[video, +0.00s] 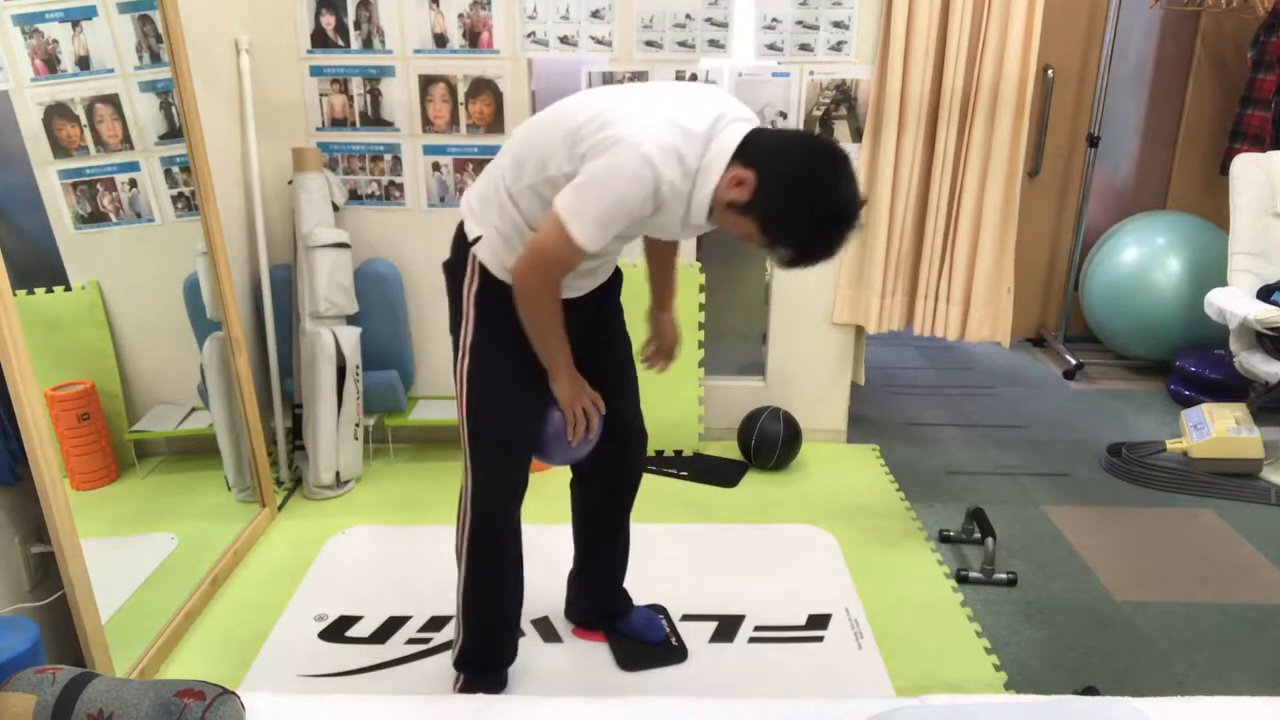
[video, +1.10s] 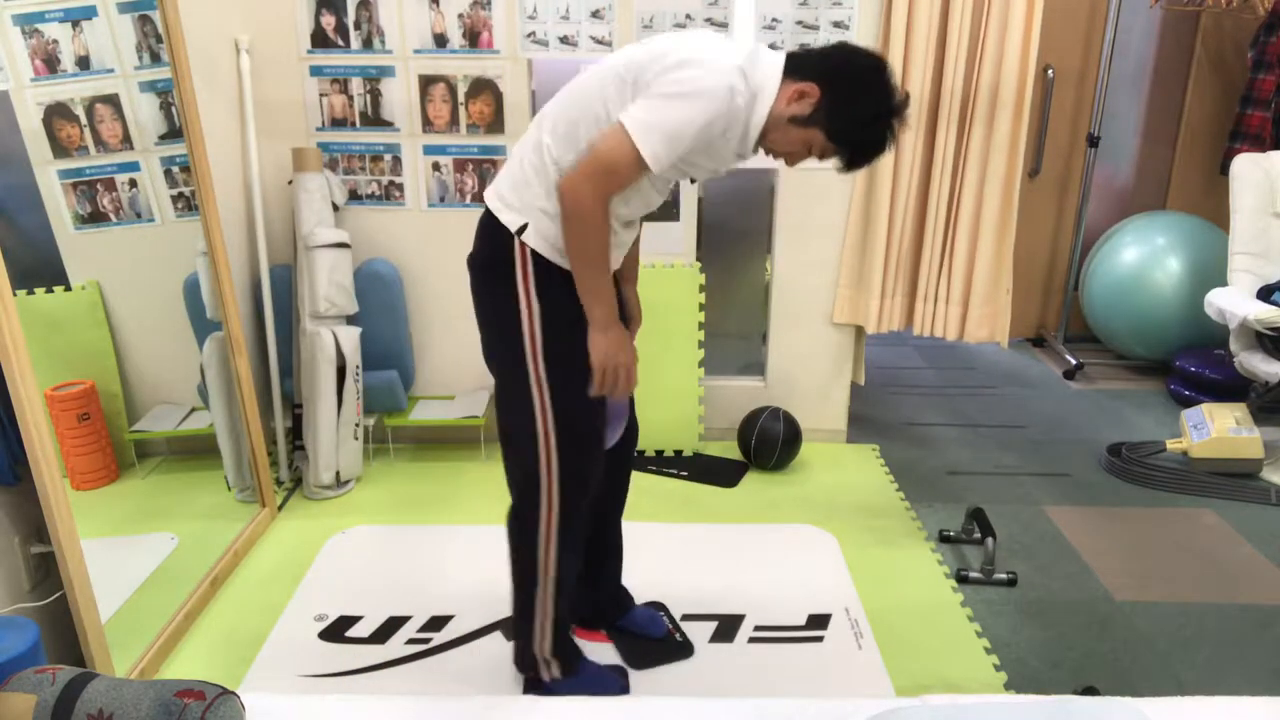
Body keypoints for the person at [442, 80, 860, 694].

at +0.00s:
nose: (745, 246)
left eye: (759, 245)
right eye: (755, 239)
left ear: (743, 178)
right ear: (739, 188)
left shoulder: (736, 140)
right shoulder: (641, 162)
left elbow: (668, 211)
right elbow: (531, 274)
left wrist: (663, 308)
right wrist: (563, 375)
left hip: (589, 266)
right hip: (501, 262)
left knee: (618, 441)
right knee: (498, 474)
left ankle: (597, 600)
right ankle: (482, 664)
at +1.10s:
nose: (799, 159)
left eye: (816, 156)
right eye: (815, 147)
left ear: (802, 94)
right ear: (803, 97)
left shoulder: (738, 105)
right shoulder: (713, 93)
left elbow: (632, 190)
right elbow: (581, 185)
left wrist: (625, 282)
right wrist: (603, 324)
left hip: (584, 252)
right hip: (530, 244)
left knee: (607, 438)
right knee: (558, 454)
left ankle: (598, 601)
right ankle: (545, 655)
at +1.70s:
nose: (768, 51)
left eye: (783, 41)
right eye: (778, 34)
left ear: (745, 5)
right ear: (747, 2)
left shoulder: (677, 35)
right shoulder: (640, 44)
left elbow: (590, 160)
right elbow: (535, 181)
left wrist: (611, 253)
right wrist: (555, 336)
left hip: (584, 278)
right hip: (535, 285)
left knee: (613, 441)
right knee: (570, 478)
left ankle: (589, 595)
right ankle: (553, 669)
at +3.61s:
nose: (726, 34)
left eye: (740, 27)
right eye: (742, 19)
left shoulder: (629, 14)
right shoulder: (658, 7)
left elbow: (583, 123)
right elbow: (598, 115)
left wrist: (603, 254)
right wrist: (616, 260)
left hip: (561, 240)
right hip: (552, 242)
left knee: (591, 424)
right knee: (568, 441)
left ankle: (579, 586)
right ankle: (536, 650)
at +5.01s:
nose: (834, 9)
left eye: (840, 4)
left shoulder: (741, 13)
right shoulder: (731, 18)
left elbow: (687, 146)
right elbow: (667, 161)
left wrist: (706, 243)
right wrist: (693, 307)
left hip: (660, 258)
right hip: (638, 264)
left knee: (676, 436)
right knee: (652, 453)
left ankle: (656, 572)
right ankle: (623, 644)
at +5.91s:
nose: (900, 22)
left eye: (913, 14)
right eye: (914, 8)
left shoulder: (767, 7)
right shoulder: (825, 9)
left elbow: (727, 133)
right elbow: (761, 140)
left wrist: (763, 252)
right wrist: (794, 271)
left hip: (675, 240)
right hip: (705, 249)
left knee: (688, 427)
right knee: (723, 450)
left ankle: (653, 569)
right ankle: (712, 646)